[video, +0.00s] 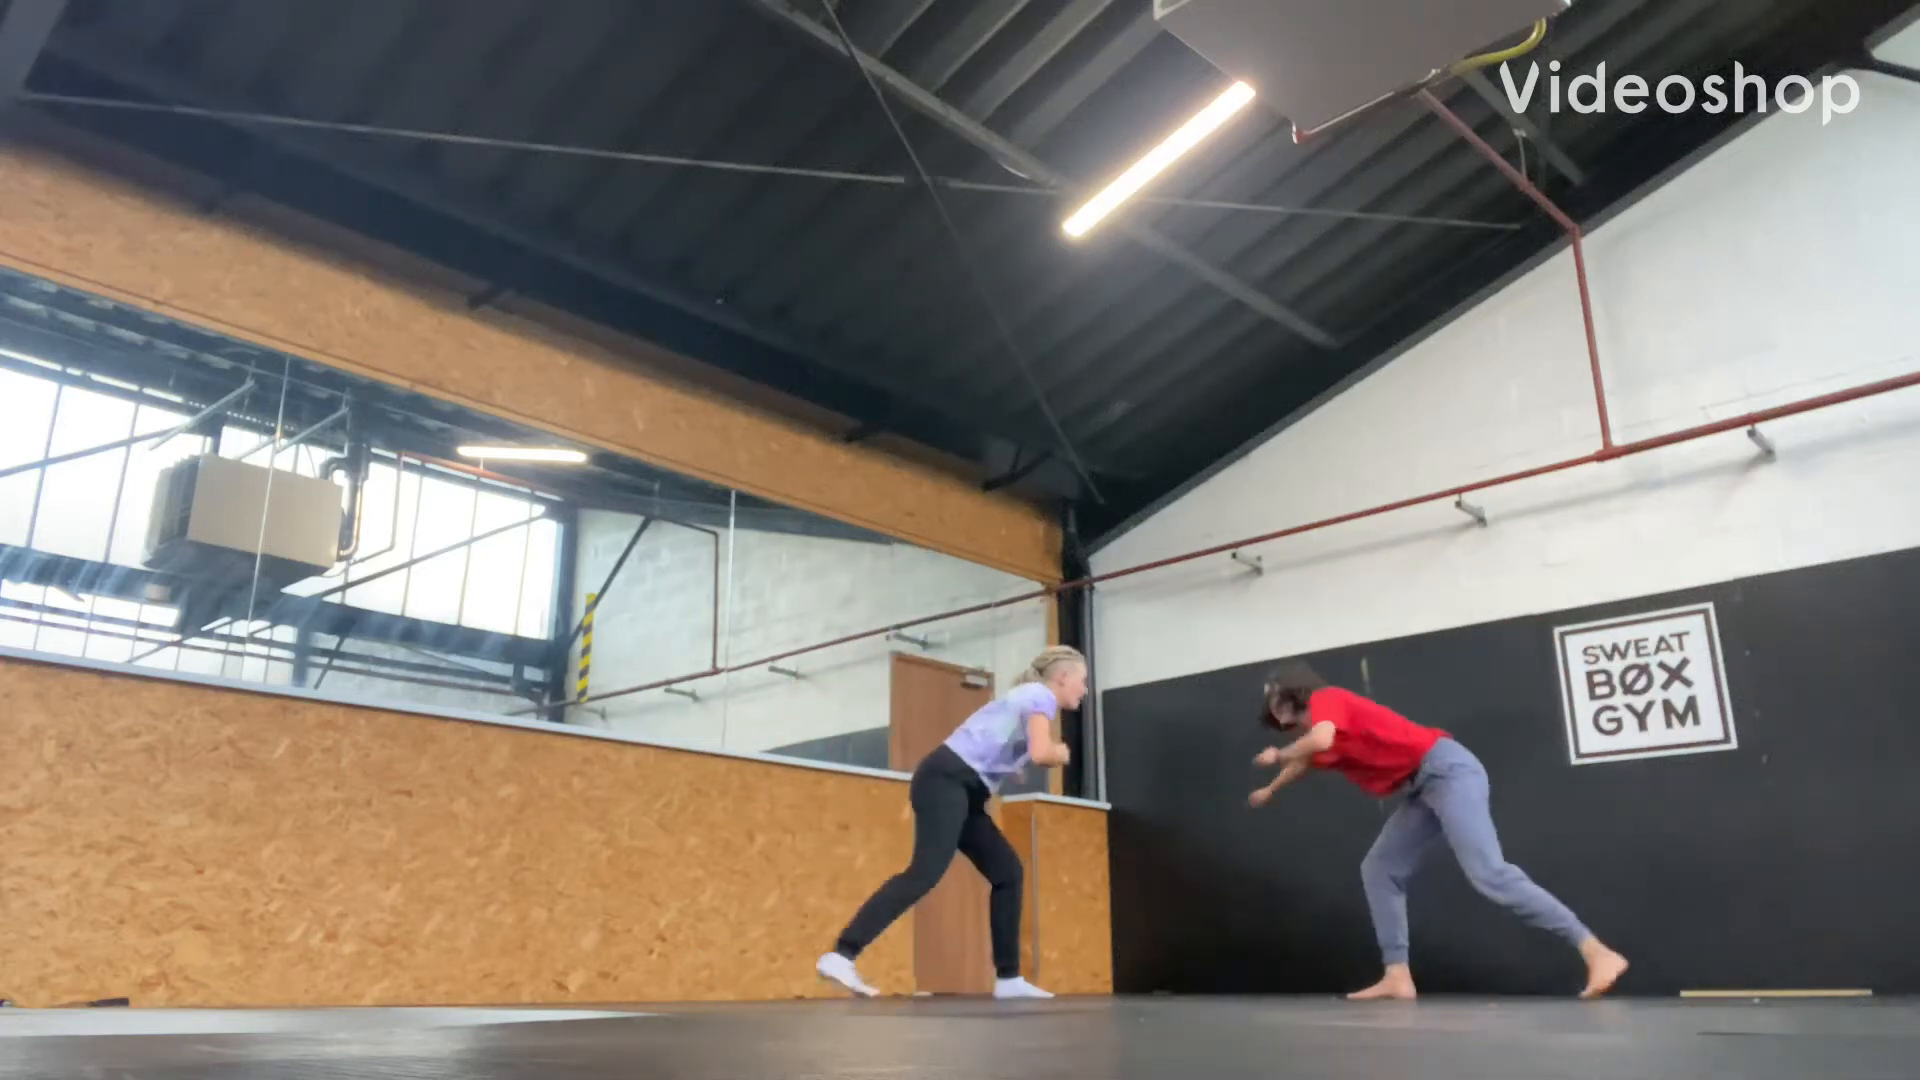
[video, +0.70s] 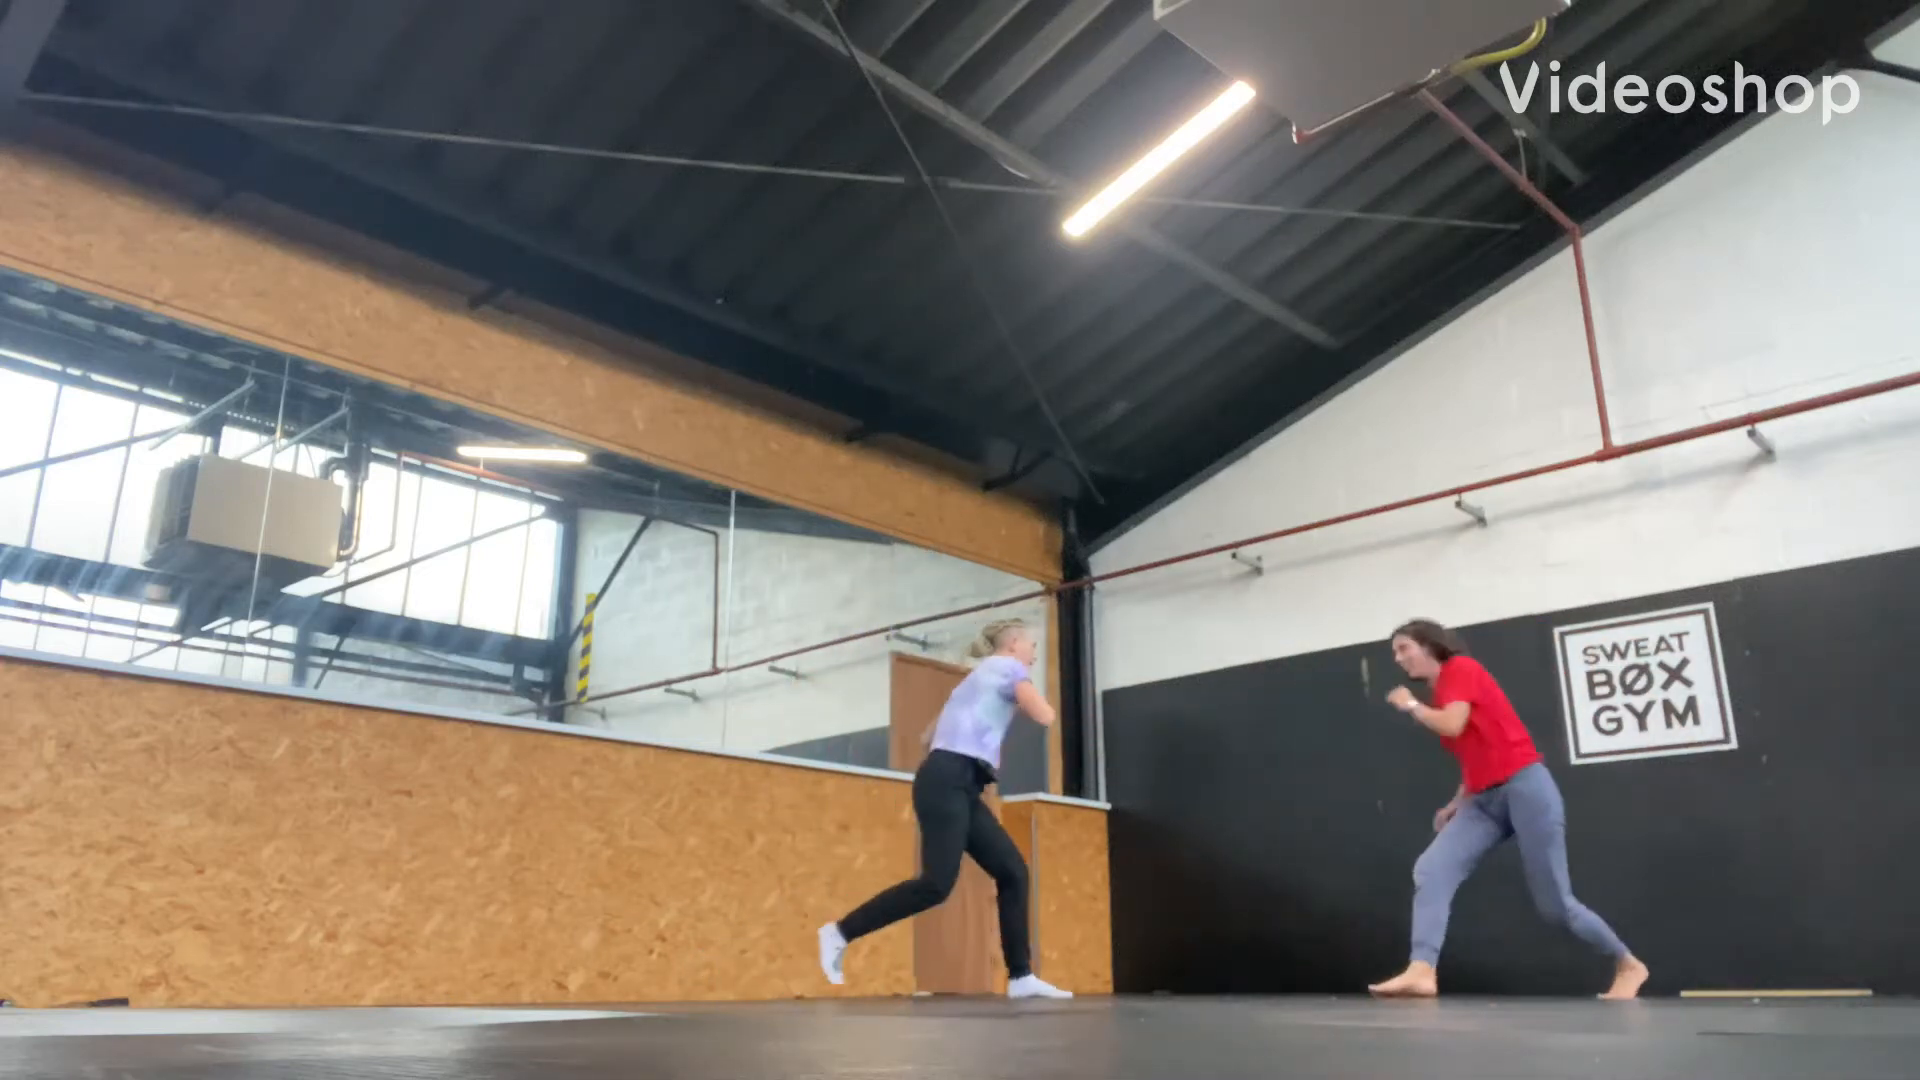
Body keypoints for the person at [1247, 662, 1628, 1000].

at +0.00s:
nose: (1283, 725)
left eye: (1281, 715)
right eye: (1278, 719)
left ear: (1295, 701)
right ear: (1292, 709)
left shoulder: (1328, 697)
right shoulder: (1319, 734)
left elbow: (1322, 740)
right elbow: (1300, 762)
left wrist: (1283, 754)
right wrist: (1269, 790)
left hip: (1446, 769)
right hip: (1419, 794)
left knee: (1488, 872)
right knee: (1379, 870)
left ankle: (1596, 953)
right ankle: (1397, 978)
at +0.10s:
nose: (1284, 699)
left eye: (1285, 691)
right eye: (1283, 692)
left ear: (1298, 682)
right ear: (1312, 681)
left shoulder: (1332, 687)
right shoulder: (1343, 711)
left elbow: (1284, 719)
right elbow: (1401, 756)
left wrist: (1262, 714)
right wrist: (1369, 777)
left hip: (1450, 766)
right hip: (1422, 789)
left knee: (1515, 871)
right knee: (1384, 870)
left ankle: (1622, 939)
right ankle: (1398, 978)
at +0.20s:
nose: (1302, 680)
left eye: (1304, 671)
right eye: (1301, 672)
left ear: (1320, 664)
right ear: (1334, 663)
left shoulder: (1350, 674)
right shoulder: (1352, 692)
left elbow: (1275, 698)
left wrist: (1287, 685)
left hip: (1463, 762)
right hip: (1429, 787)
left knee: (1532, 863)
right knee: (1398, 870)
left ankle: (1623, 931)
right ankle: (1399, 977)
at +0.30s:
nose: (1329, 665)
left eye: (1332, 657)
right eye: (1329, 659)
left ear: (1346, 651)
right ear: (1360, 648)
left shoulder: (1374, 661)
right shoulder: (1383, 675)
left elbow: (1314, 702)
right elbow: (1453, 708)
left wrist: (1322, 680)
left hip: (1482, 762)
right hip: (1445, 782)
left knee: (1539, 864)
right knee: (1421, 871)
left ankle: (1617, 941)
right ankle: (1405, 975)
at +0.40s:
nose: (1362, 659)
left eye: (1364, 650)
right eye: (1360, 652)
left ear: (1382, 646)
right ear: (1386, 647)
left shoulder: (1411, 665)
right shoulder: (1410, 676)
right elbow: (1478, 715)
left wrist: (1371, 707)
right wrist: (1510, 751)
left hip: (1502, 776)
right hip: (1462, 789)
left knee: (1545, 890)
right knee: (1434, 877)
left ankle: (1621, 956)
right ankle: (1408, 974)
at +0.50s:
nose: (1389, 671)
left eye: (1393, 661)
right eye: (1387, 663)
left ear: (1414, 657)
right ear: (1411, 662)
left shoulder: (1454, 684)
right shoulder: (1435, 696)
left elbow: (1481, 745)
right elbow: (1472, 743)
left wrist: (1429, 744)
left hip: (1517, 798)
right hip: (1480, 806)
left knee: (1546, 912)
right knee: (1436, 882)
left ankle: (1630, 966)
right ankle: (1407, 974)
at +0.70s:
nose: (1399, 659)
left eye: (1404, 649)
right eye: (1396, 653)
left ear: (1427, 645)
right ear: (1412, 656)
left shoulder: (1461, 668)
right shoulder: (1444, 690)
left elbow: (1452, 723)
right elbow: (1478, 758)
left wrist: (1413, 707)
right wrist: (1459, 804)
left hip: (1527, 788)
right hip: (1485, 801)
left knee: (1555, 904)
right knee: (1433, 870)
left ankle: (1629, 964)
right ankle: (1422, 970)